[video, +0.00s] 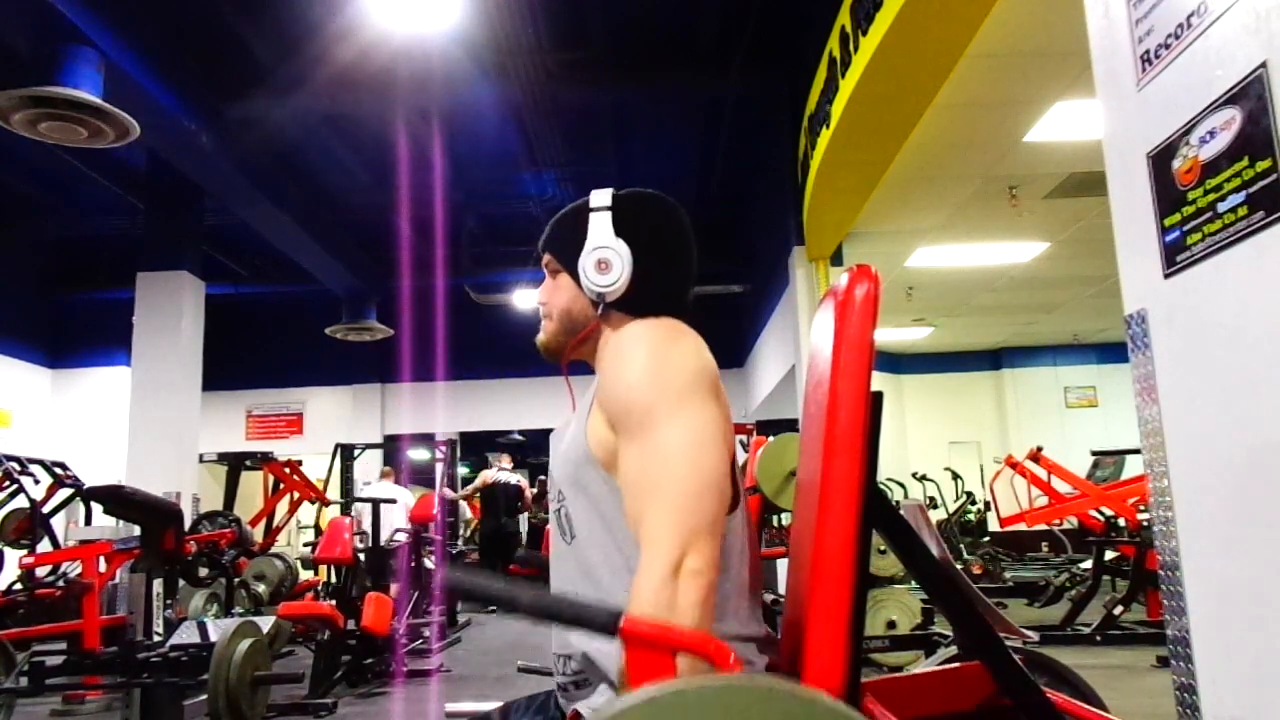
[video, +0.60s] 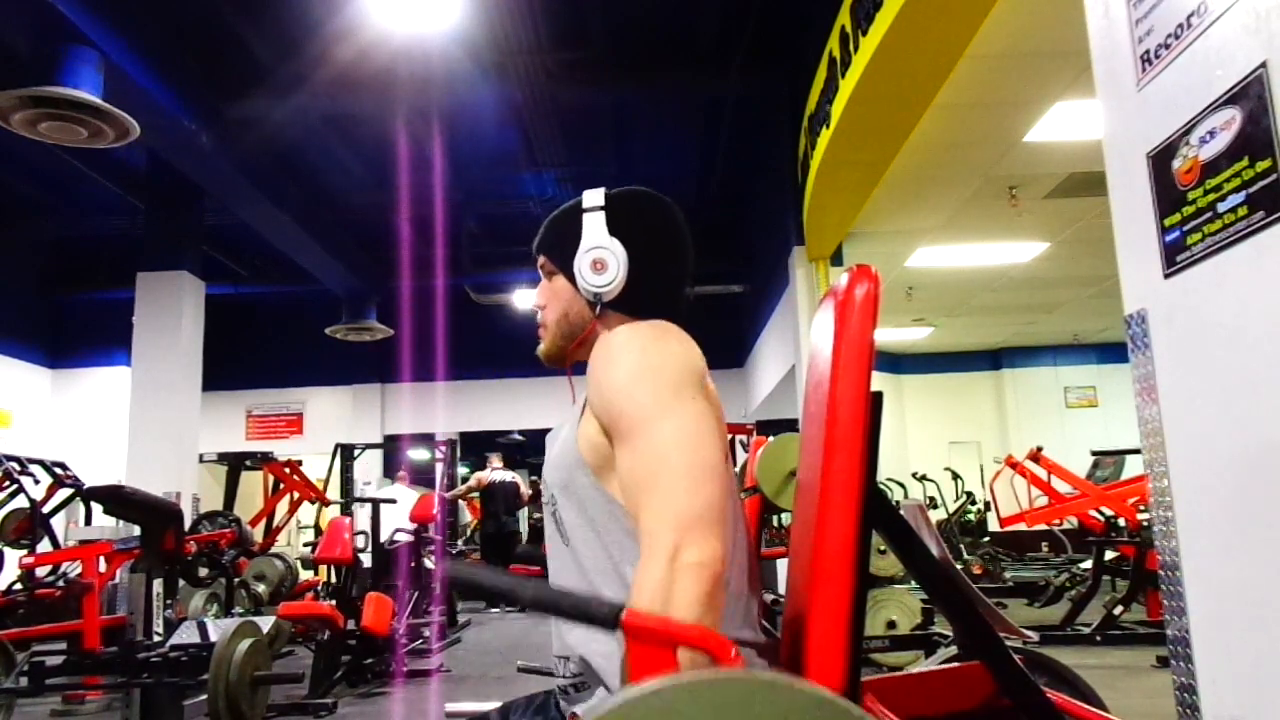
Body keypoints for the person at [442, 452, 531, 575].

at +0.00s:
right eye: (511, 464)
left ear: (495, 464)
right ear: (511, 465)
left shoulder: (487, 474)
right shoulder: (521, 480)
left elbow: (469, 491)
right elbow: (527, 506)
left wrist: (454, 496)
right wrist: (514, 512)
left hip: (489, 529)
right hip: (511, 531)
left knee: (488, 567)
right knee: (505, 569)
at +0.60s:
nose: (487, 466)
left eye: (487, 464)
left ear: (488, 464)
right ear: (502, 464)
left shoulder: (481, 475)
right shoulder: (514, 476)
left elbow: (464, 490)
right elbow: (525, 497)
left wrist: (446, 496)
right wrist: (513, 508)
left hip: (490, 526)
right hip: (510, 526)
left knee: (490, 564)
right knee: (505, 565)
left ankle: (494, 603)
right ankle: (509, 601)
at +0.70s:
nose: (484, 466)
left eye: (485, 464)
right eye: (486, 464)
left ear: (487, 464)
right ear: (501, 464)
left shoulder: (481, 475)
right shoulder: (514, 476)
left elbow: (464, 491)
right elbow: (524, 496)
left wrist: (447, 496)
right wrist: (513, 507)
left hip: (490, 525)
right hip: (510, 525)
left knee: (490, 563)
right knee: (510, 563)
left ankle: (493, 603)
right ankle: (511, 603)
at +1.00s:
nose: (479, 469)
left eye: (480, 467)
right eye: (481, 467)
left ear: (481, 466)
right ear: (496, 465)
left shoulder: (476, 476)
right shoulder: (510, 476)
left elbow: (463, 493)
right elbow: (522, 498)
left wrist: (449, 499)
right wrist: (511, 510)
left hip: (488, 529)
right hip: (508, 529)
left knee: (490, 567)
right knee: (510, 566)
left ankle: (493, 604)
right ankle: (511, 603)